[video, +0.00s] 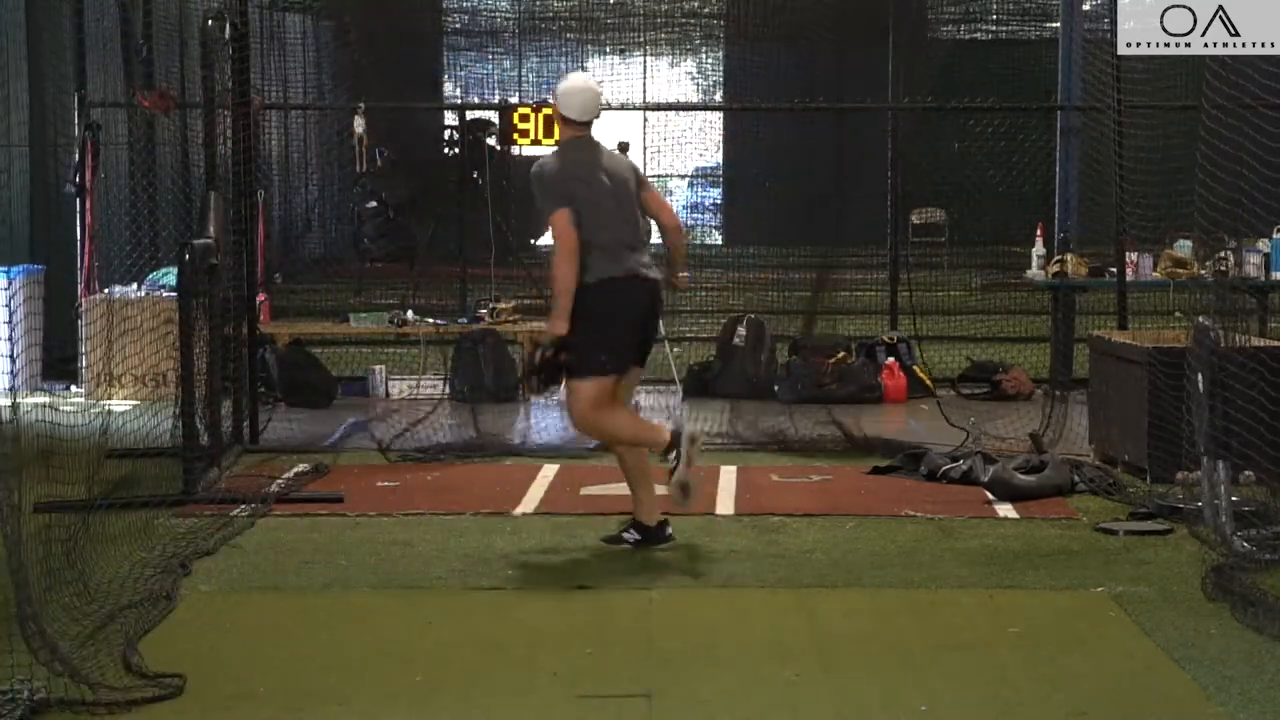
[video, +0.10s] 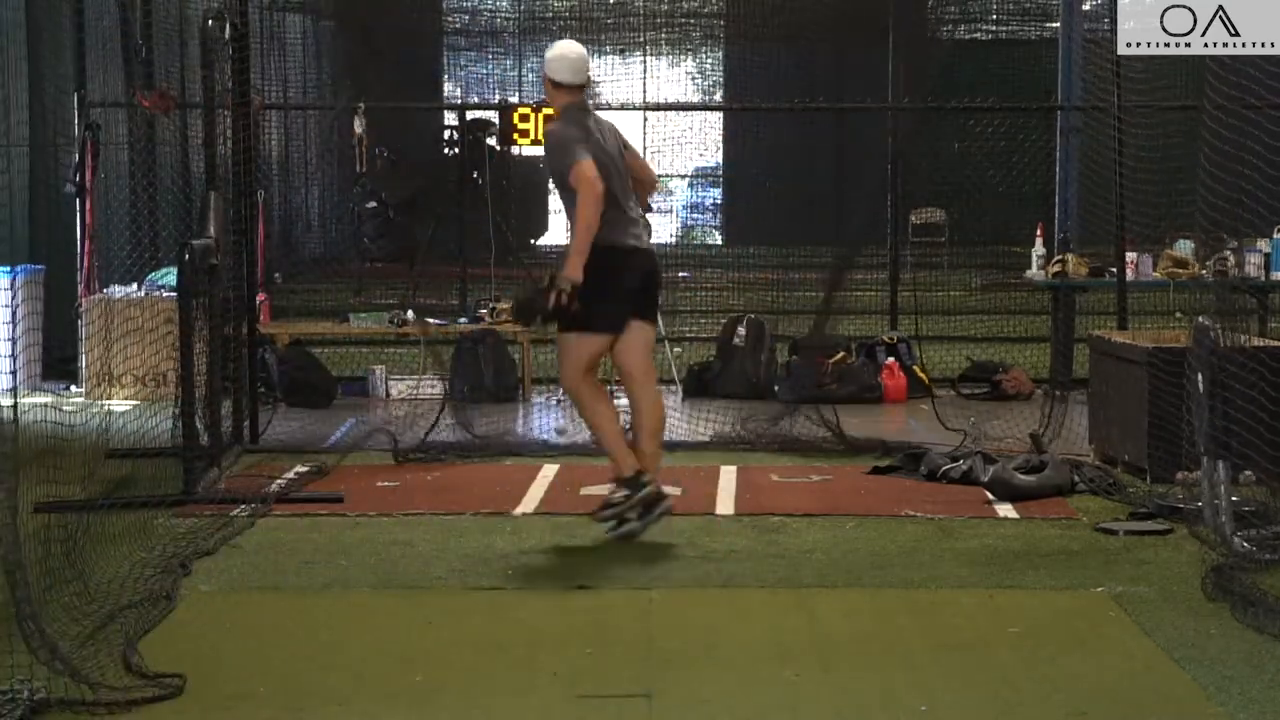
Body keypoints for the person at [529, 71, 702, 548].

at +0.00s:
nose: (556, 118)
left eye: (555, 111)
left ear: (556, 114)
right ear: (596, 116)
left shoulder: (549, 168)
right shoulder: (621, 164)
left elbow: (567, 243)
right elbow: (672, 224)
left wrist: (560, 317)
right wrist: (676, 272)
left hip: (601, 295)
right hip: (645, 293)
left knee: (586, 412)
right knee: (616, 408)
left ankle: (671, 442)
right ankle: (649, 521)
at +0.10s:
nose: (546, 88)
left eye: (546, 82)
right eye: (554, 83)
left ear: (547, 85)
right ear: (586, 84)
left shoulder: (561, 131)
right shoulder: (604, 126)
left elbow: (591, 188)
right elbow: (646, 176)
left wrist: (574, 262)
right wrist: (624, 215)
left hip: (605, 261)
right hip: (640, 260)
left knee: (576, 374)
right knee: (639, 374)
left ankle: (630, 477)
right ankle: (648, 488)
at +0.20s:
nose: (543, 75)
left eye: (543, 68)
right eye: (547, 68)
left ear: (546, 71)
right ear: (585, 71)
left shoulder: (568, 114)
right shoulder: (594, 111)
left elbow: (605, 156)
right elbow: (624, 167)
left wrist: (579, 221)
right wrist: (575, 208)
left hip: (596, 245)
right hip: (628, 243)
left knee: (580, 367)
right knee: (630, 357)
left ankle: (589, 483)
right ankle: (666, 475)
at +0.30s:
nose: (548, 91)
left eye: (548, 85)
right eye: (551, 85)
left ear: (553, 87)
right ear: (588, 85)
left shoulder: (576, 123)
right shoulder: (588, 126)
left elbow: (611, 155)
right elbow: (591, 197)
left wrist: (577, 198)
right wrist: (547, 211)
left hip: (583, 265)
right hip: (611, 262)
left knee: (577, 380)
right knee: (615, 372)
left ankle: (597, 492)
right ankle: (677, 465)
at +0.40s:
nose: (546, 109)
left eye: (549, 102)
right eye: (549, 102)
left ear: (558, 105)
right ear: (585, 105)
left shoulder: (580, 143)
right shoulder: (579, 146)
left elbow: (605, 181)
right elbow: (572, 209)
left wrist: (581, 208)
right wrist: (527, 217)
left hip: (582, 280)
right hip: (603, 279)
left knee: (568, 388)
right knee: (598, 379)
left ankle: (602, 501)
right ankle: (666, 452)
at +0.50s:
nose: (549, 99)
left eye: (550, 93)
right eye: (552, 93)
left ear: (556, 94)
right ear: (587, 93)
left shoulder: (583, 134)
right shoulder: (579, 136)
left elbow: (600, 190)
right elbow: (564, 206)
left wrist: (578, 235)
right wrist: (519, 229)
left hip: (582, 264)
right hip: (590, 264)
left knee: (577, 374)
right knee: (589, 366)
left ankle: (599, 493)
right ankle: (626, 448)